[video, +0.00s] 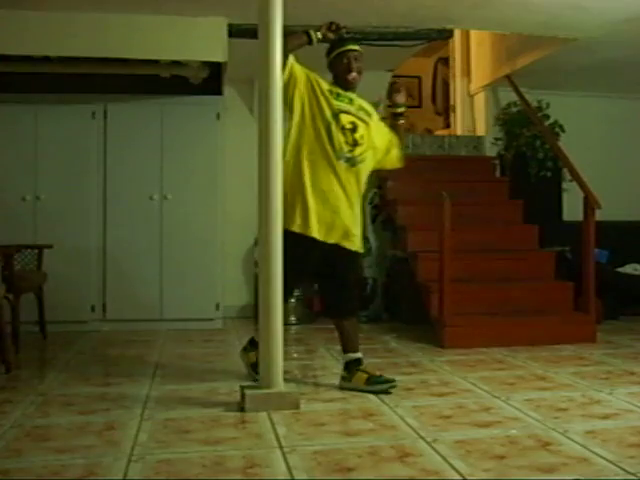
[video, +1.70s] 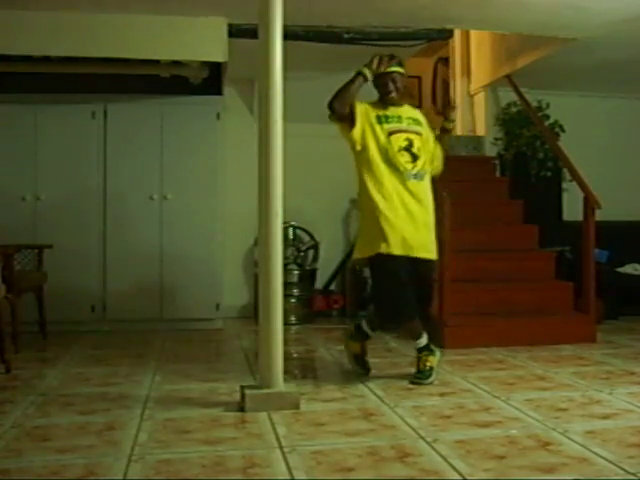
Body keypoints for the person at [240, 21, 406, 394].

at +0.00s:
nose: (353, 67)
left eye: (358, 62)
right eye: (345, 60)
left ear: (362, 68)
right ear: (331, 65)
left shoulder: (367, 114)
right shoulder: (308, 87)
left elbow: (393, 154)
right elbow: (275, 55)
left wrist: (395, 112)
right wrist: (314, 35)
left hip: (344, 218)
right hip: (302, 209)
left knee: (346, 296)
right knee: (280, 289)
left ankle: (353, 367)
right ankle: (257, 348)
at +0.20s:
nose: (368, 65)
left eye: (373, 59)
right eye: (361, 59)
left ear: (380, 66)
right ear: (349, 65)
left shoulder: (401, 107)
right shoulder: (328, 94)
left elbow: (441, 133)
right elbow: (289, 67)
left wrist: (430, 94)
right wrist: (320, 38)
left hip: (380, 211)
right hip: (334, 205)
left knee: (365, 292)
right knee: (331, 285)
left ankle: (355, 367)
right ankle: (333, 334)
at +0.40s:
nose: (381, 75)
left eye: (387, 69)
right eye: (375, 70)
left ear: (396, 73)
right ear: (365, 74)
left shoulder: (424, 109)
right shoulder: (345, 105)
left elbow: (473, 123)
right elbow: (300, 85)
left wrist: (451, 83)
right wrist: (331, 53)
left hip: (404, 216)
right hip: (354, 215)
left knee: (390, 296)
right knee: (357, 297)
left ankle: (360, 365)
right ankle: (407, 335)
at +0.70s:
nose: (394, 80)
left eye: (400, 74)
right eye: (388, 75)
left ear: (414, 78)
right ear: (381, 80)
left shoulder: (439, 106)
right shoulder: (367, 115)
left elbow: (493, 122)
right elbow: (321, 109)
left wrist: (467, 81)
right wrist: (344, 74)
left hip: (431, 199)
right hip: (389, 209)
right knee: (403, 290)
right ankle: (438, 357)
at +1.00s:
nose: (395, 76)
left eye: (401, 70)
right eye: (388, 71)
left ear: (414, 71)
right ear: (381, 75)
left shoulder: (444, 97)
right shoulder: (369, 111)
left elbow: (494, 105)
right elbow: (322, 108)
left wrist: (465, 66)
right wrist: (344, 72)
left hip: (452, 208)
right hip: (407, 216)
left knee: (468, 279)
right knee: (427, 293)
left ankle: (482, 306)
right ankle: (444, 355)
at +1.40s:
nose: (389, 80)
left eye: (394, 72)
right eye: (383, 76)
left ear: (408, 68)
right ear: (379, 77)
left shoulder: (440, 98)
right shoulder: (378, 105)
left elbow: (469, 128)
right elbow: (350, 101)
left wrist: (461, 85)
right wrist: (368, 58)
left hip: (442, 206)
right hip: (396, 211)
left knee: (442, 283)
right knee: (401, 290)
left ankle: (437, 342)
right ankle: (435, 352)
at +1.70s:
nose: (390, 84)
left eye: (395, 78)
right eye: (384, 79)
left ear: (403, 82)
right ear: (375, 83)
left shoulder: (417, 117)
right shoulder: (364, 115)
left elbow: (434, 166)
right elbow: (337, 108)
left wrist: (444, 133)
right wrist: (363, 75)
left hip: (419, 217)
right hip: (383, 216)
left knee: (418, 294)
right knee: (398, 294)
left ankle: (360, 333)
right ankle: (425, 348)